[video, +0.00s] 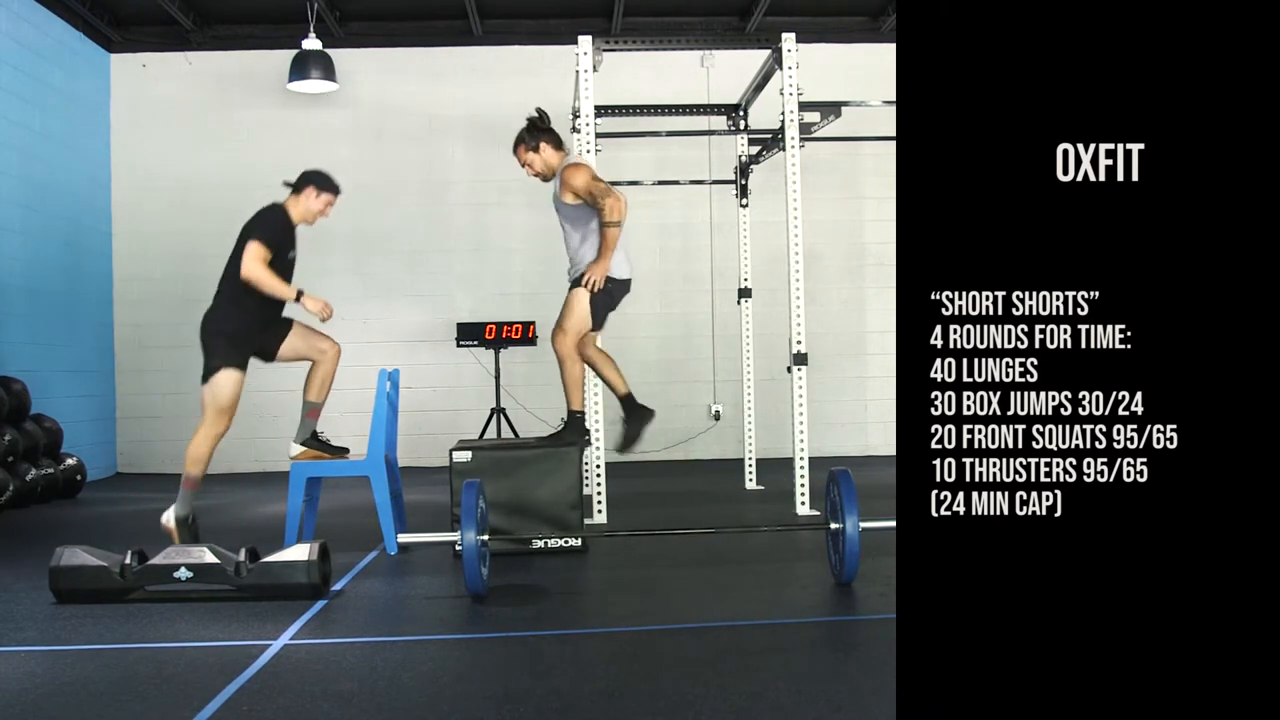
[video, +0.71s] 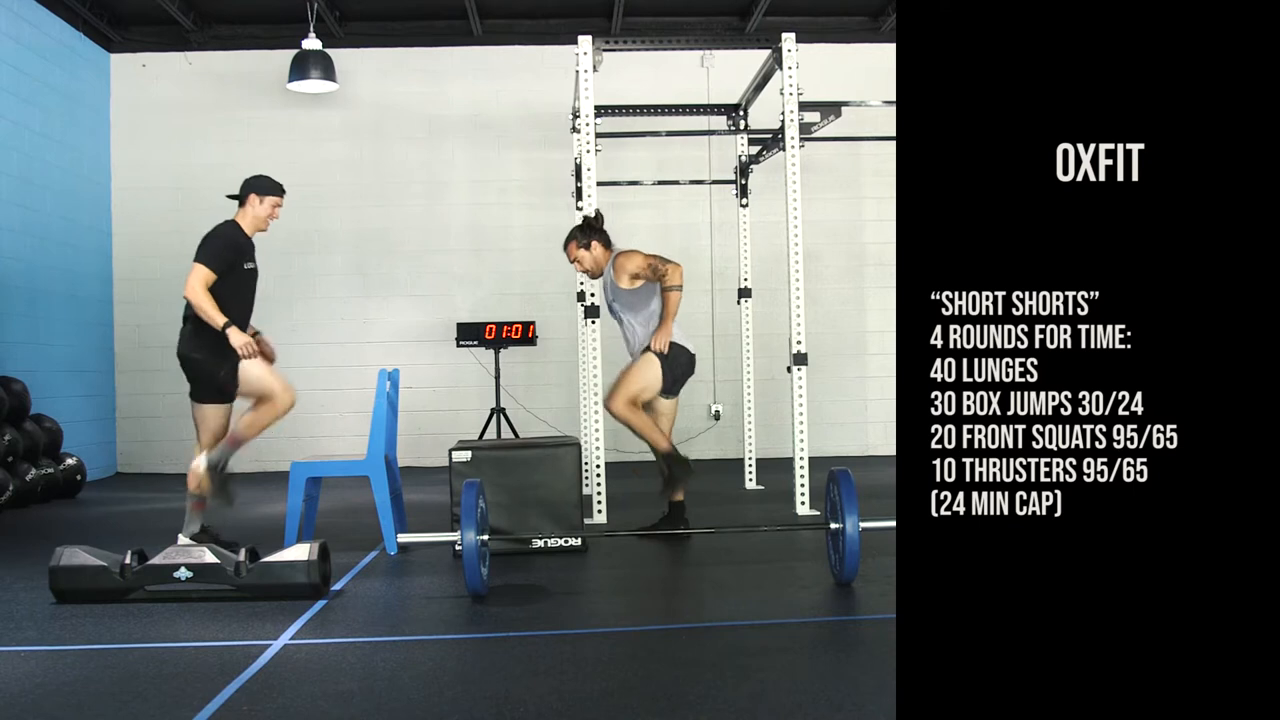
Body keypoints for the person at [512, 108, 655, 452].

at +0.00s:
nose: (529, 172)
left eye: (527, 163)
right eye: (525, 167)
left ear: (545, 148)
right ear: (546, 149)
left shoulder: (572, 174)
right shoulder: (573, 173)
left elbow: (613, 202)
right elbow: (616, 201)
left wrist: (603, 260)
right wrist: (599, 259)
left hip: (597, 275)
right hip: (604, 275)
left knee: (563, 340)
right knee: (585, 345)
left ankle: (575, 424)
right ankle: (634, 409)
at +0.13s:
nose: (541, 193)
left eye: (541, 185)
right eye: (538, 188)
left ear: (560, 171)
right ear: (558, 173)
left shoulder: (590, 195)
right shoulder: (576, 203)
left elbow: (634, 219)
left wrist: (617, 271)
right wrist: (596, 282)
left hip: (613, 293)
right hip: (615, 294)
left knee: (554, 345)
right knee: (614, 373)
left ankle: (575, 426)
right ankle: (654, 446)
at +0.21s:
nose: (552, 216)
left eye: (553, 208)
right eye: (549, 211)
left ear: (571, 196)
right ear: (570, 199)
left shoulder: (602, 221)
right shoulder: (584, 230)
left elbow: (648, 244)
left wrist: (623, 293)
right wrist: (600, 306)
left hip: (622, 319)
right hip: (623, 320)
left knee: (552, 347)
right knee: (631, 403)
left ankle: (574, 426)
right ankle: (658, 477)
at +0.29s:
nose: (564, 248)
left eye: (565, 240)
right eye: (561, 242)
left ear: (584, 229)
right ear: (582, 231)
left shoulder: (613, 253)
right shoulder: (595, 263)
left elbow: (661, 271)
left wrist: (634, 321)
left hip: (632, 353)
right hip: (636, 356)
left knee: (556, 347)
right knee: (639, 435)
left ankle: (574, 426)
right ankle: (671, 510)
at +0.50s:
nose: (578, 268)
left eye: (578, 259)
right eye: (574, 263)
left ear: (595, 245)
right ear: (595, 246)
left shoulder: (625, 260)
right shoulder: (609, 274)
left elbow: (672, 270)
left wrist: (654, 316)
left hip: (657, 357)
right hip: (645, 368)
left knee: (594, 340)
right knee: (646, 440)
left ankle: (595, 423)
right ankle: (676, 516)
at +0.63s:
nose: (581, 264)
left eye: (581, 255)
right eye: (576, 259)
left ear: (598, 241)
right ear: (596, 243)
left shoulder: (627, 258)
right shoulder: (611, 273)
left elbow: (673, 269)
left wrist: (660, 320)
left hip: (664, 351)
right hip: (656, 358)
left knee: (604, 369)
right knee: (660, 440)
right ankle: (677, 514)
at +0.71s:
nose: (578, 268)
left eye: (577, 260)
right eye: (574, 263)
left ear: (595, 246)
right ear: (591, 250)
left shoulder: (624, 262)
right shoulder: (611, 276)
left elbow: (672, 272)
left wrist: (665, 325)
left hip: (667, 353)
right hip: (663, 356)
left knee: (618, 402)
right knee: (660, 441)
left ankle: (674, 459)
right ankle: (677, 515)